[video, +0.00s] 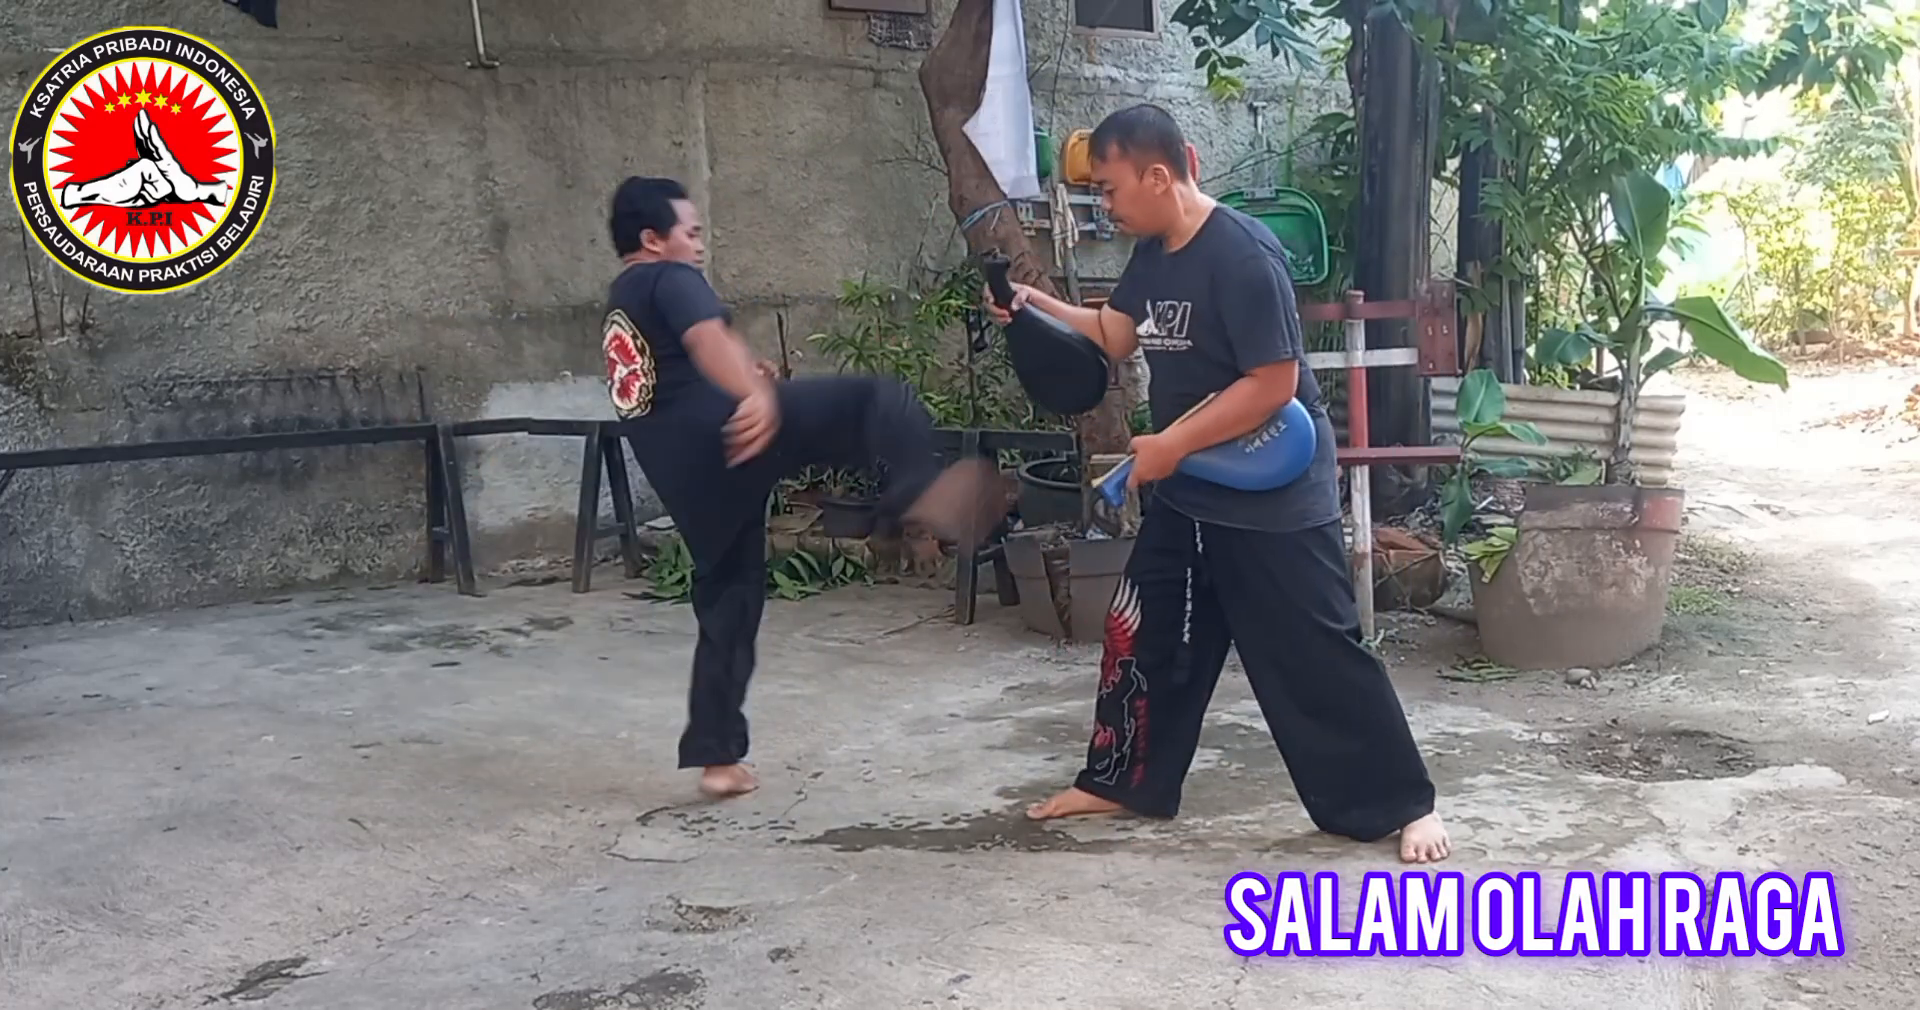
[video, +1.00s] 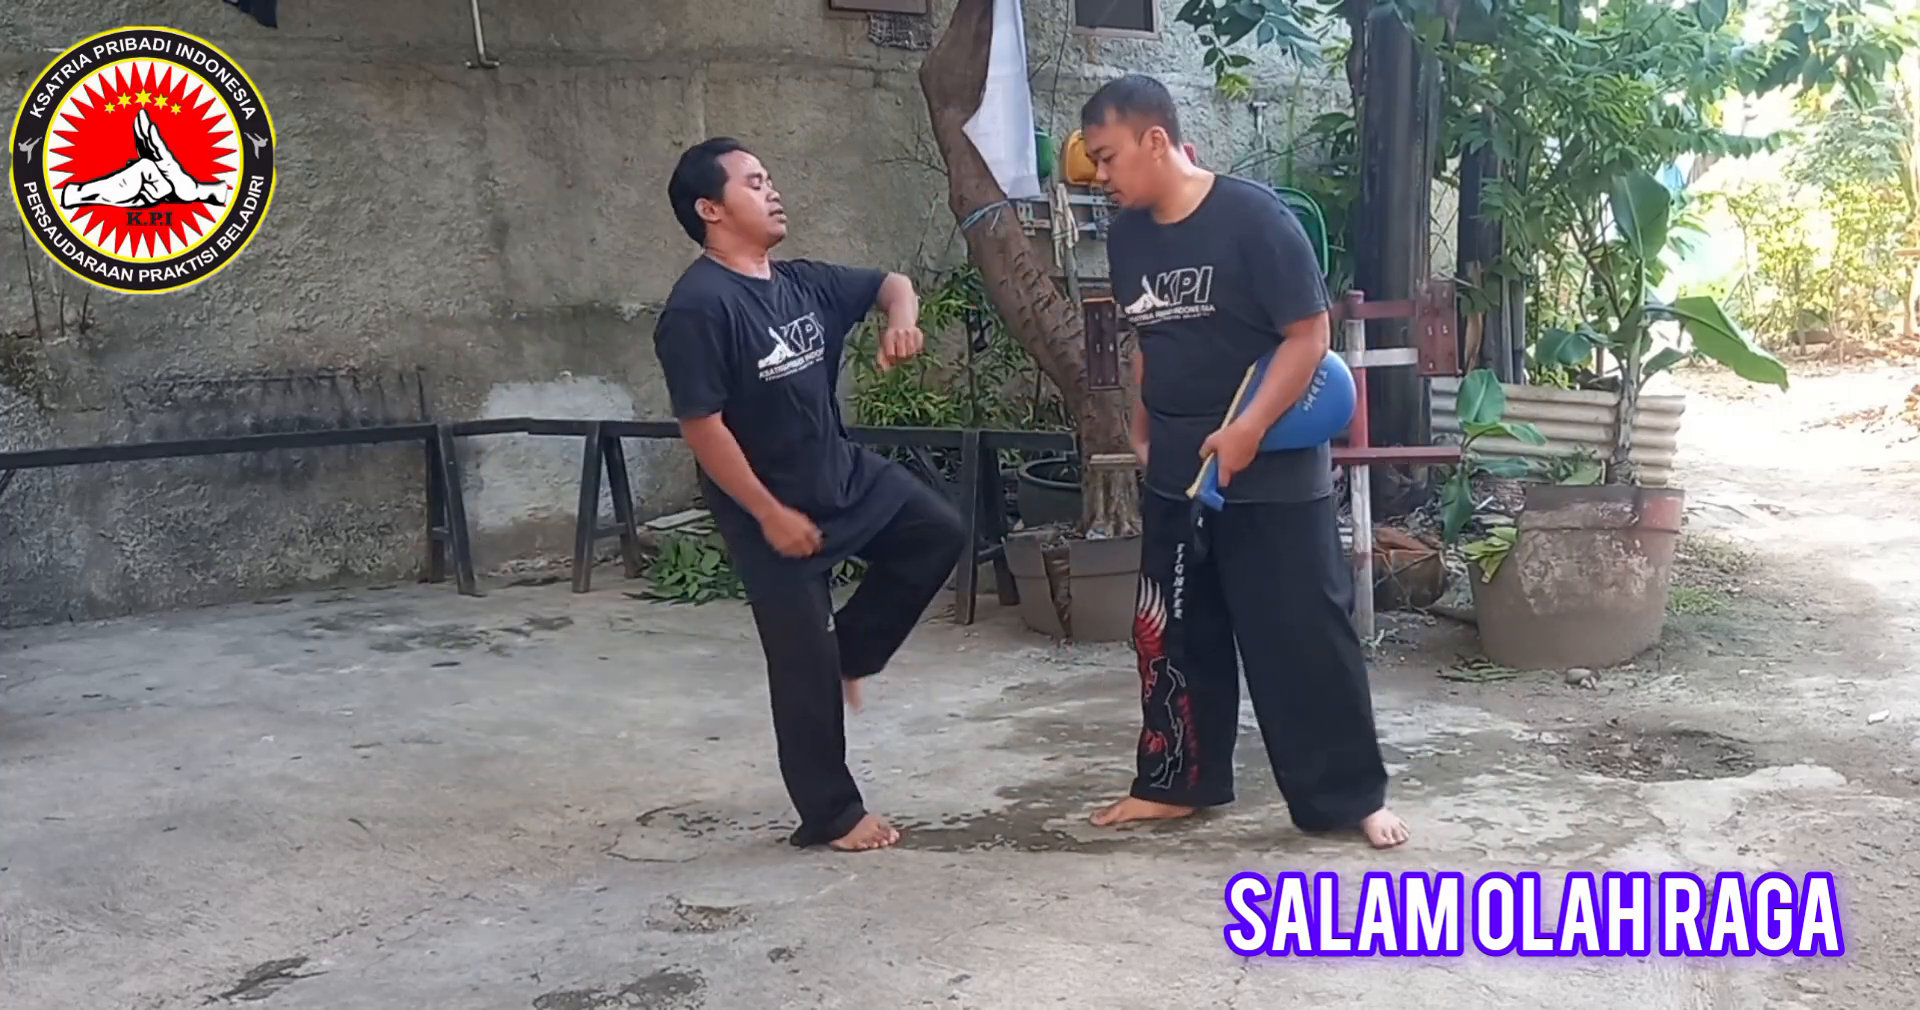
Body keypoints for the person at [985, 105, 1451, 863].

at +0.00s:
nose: (1105, 206)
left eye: (1111, 188)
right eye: (1101, 191)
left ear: (1168, 175)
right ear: (1157, 181)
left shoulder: (1245, 255)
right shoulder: (1152, 252)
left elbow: (1274, 383)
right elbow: (1114, 333)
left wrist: (1172, 442)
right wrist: (1038, 303)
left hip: (1273, 499)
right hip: (1185, 492)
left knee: (1323, 652)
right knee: (1149, 637)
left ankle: (1410, 806)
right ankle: (1121, 781)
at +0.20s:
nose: (1166, 178)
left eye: (1177, 163)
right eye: (1164, 163)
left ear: (1233, 161)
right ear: (1216, 163)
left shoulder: (1298, 250)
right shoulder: (1211, 234)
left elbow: (1321, 384)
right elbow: (1224, 357)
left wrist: (1216, 437)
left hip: (1293, 500)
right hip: (1213, 487)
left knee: (1331, 656)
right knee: (1170, 638)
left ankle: (1410, 810)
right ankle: (1130, 779)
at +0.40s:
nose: (1207, 148)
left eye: (1217, 131)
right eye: (1205, 132)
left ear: (1273, 131)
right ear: (1254, 135)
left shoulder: (1339, 224)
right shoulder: (1254, 218)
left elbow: (1372, 359)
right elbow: (1276, 345)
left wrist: (1282, 440)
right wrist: (1255, 443)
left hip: (1338, 488)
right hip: (1266, 480)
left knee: (1361, 656)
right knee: (1232, 630)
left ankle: (1408, 814)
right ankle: (1196, 768)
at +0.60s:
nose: (1195, 147)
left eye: (1203, 130)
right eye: (1193, 131)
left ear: (1255, 129)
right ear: (1246, 130)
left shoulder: (1329, 224)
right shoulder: (1244, 218)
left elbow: (1360, 361)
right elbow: (1265, 347)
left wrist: (1269, 443)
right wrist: (1248, 449)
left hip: (1336, 491)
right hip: (1260, 482)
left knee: (1367, 655)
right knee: (1233, 638)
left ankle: (1414, 814)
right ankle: (1190, 779)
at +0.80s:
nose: (1139, 158)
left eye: (1149, 140)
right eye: (1137, 143)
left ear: (1204, 136)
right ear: (1187, 142)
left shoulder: (1285, 227)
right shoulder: (1180, 231)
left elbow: (1325, 354)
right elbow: (1211, 346)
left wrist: (1246, 447)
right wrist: (1204, 448)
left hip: (1300, 482)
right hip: (1207, 478)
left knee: (1348, 645)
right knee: (1195, 637)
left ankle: (1413, 805)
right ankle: (1186, 784)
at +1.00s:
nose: (1103, 175)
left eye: (1109, 156)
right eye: (1096, 161)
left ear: (1159, 141)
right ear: (1132, 151)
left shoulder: (1256, 217)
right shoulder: (1127, 231)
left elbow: (1308, 335)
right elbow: (1150, 337)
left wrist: (1250, 425)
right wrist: (1145, 414)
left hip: (1275, 472)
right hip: (1176, 474)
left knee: (1309, 633)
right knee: (1176, 630)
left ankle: (1356, 797)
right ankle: (1179, 781)